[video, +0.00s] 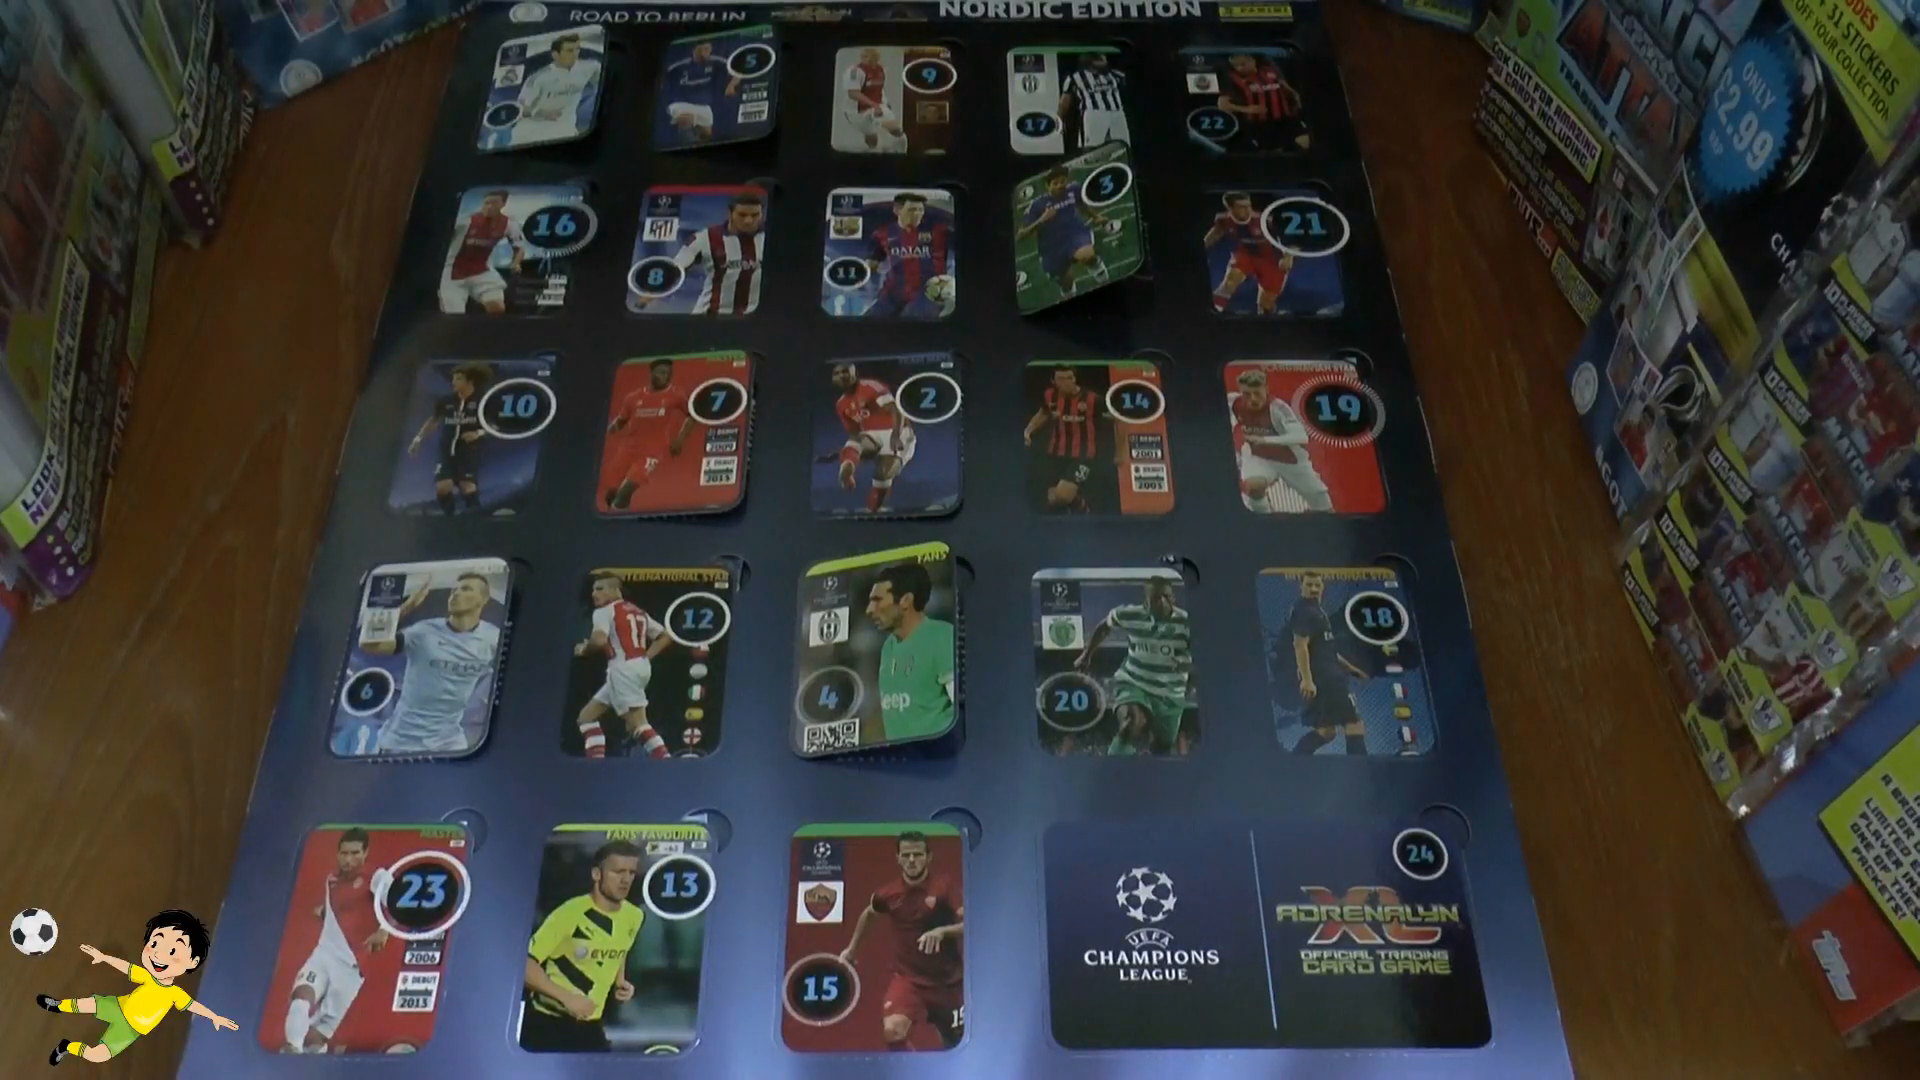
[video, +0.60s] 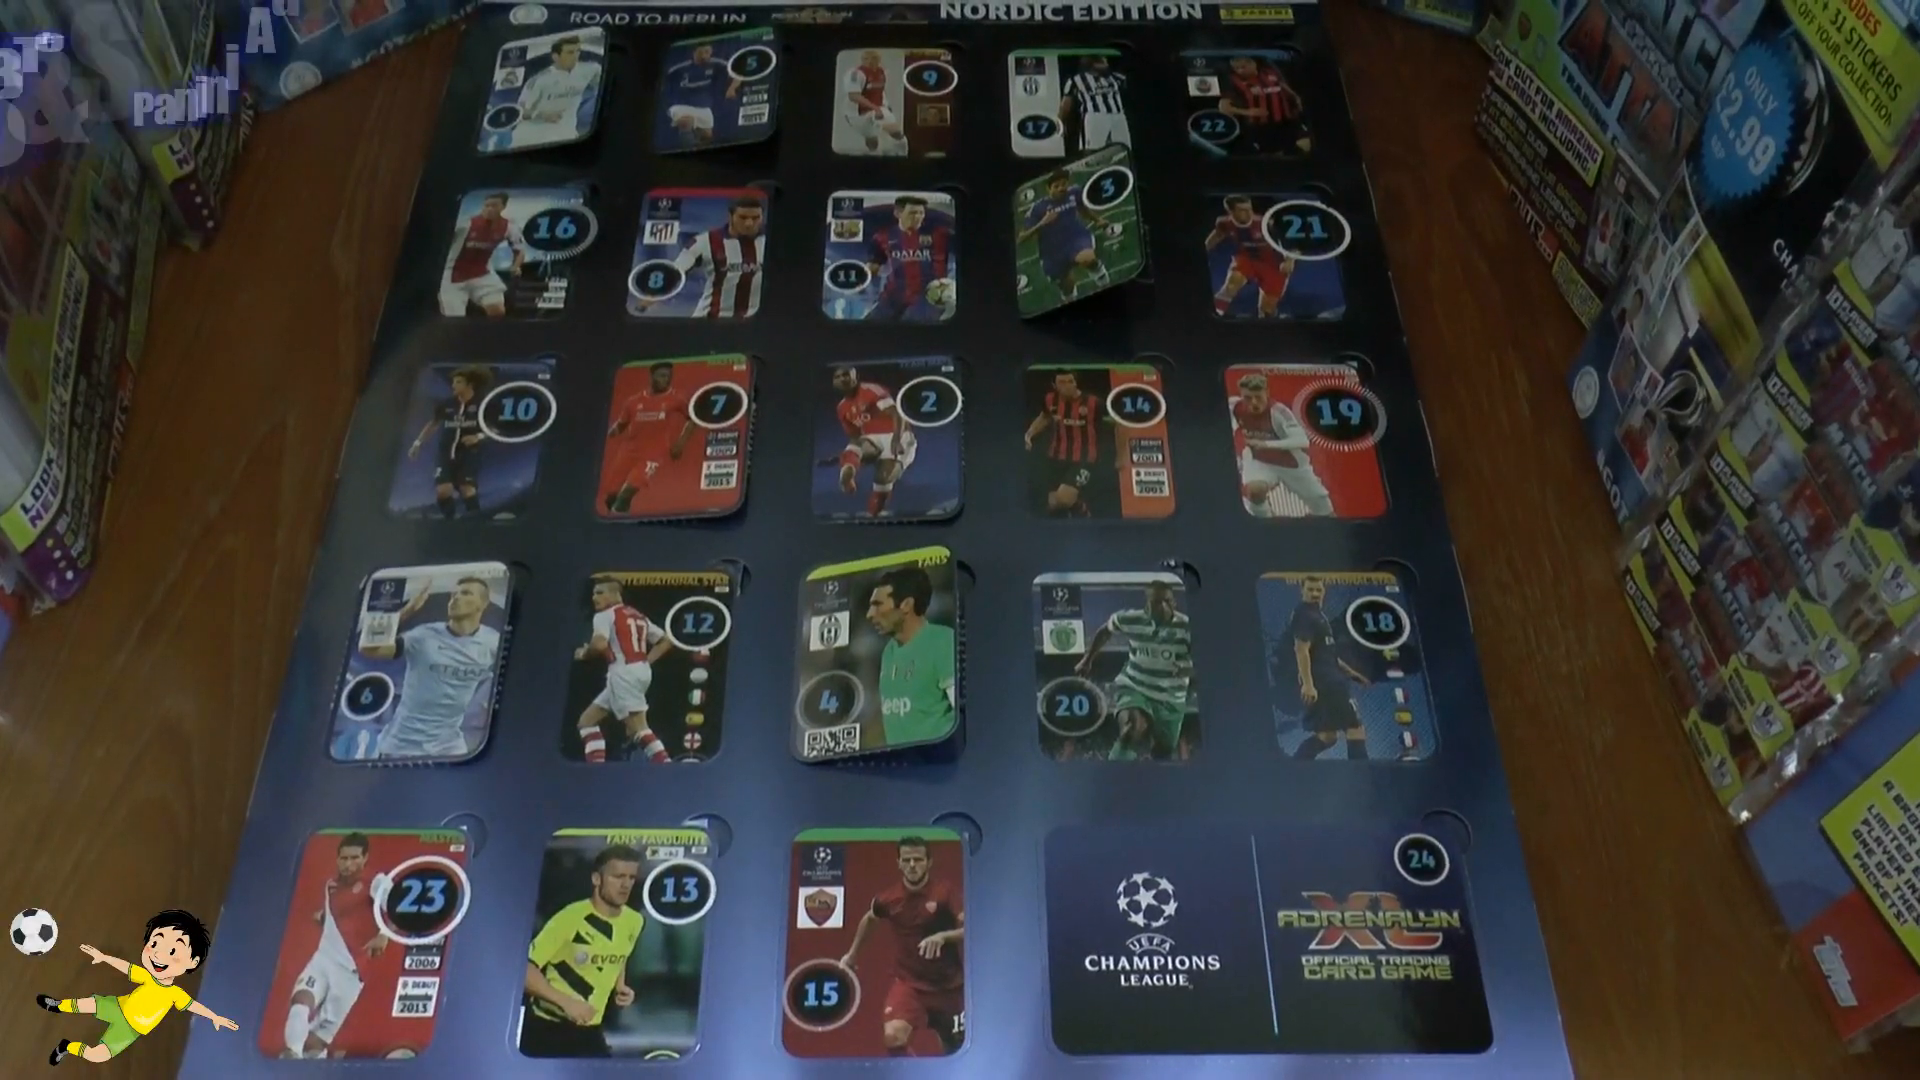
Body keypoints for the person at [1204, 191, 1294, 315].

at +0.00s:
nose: (1246, 211)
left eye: (1248, 207)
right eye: (1241, 207)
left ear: (1251, 207)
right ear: (1231, 209)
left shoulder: (1264, 220)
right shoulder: (1224, 221)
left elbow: (1286, 238)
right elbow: (1207, 243)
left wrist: (1288, 256)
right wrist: (1218, 231)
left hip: (1270, 258)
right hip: (1243, 255)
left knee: (1266, 304)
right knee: (1229, 284)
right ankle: (1212, 318)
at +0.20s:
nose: (1246, 211)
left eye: (1248, 207)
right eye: (1242, 208)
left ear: (1251, 206)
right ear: (1231, 209)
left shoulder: (1264, 220)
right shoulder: (1224, 221)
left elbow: (1286, 237)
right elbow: (1207, 243)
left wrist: (1288, 257)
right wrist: (1218, 231)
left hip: (1270, 260)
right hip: (1243, 256)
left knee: (1265, 305)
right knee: (1229, 285)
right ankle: (1211, 320)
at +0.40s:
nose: (1247, 213)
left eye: (1249, 208)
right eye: (1242, 209)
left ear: (1252, 208)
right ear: (1232, 211)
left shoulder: (1266, 222)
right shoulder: (1225, 223)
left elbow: (1287, 238)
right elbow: (1218, 233)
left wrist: (1289, 258)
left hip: (1272, 262)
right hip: (1245, 258)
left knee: (1267, 307)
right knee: (1230, 285)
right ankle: (1213, 319)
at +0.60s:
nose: (1247, 214)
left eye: (1249, 210)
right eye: (1242, 210)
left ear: (1252, 209)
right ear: (1232, 212)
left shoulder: (1266, 223)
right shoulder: (1225, 224)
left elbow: (1288, 241)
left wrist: (1289, 260)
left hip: (1272, 263)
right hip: (1245, 260)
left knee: (1267, 309)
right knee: (1230, 288)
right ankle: (1212, 321)